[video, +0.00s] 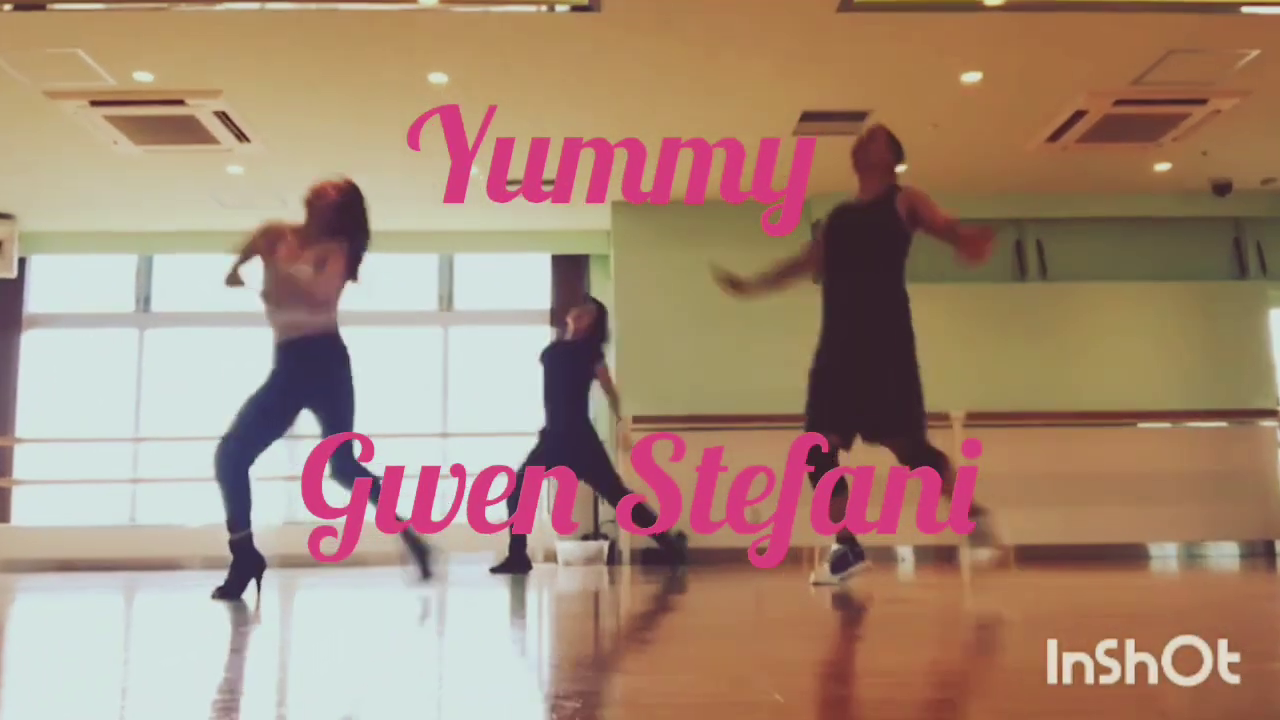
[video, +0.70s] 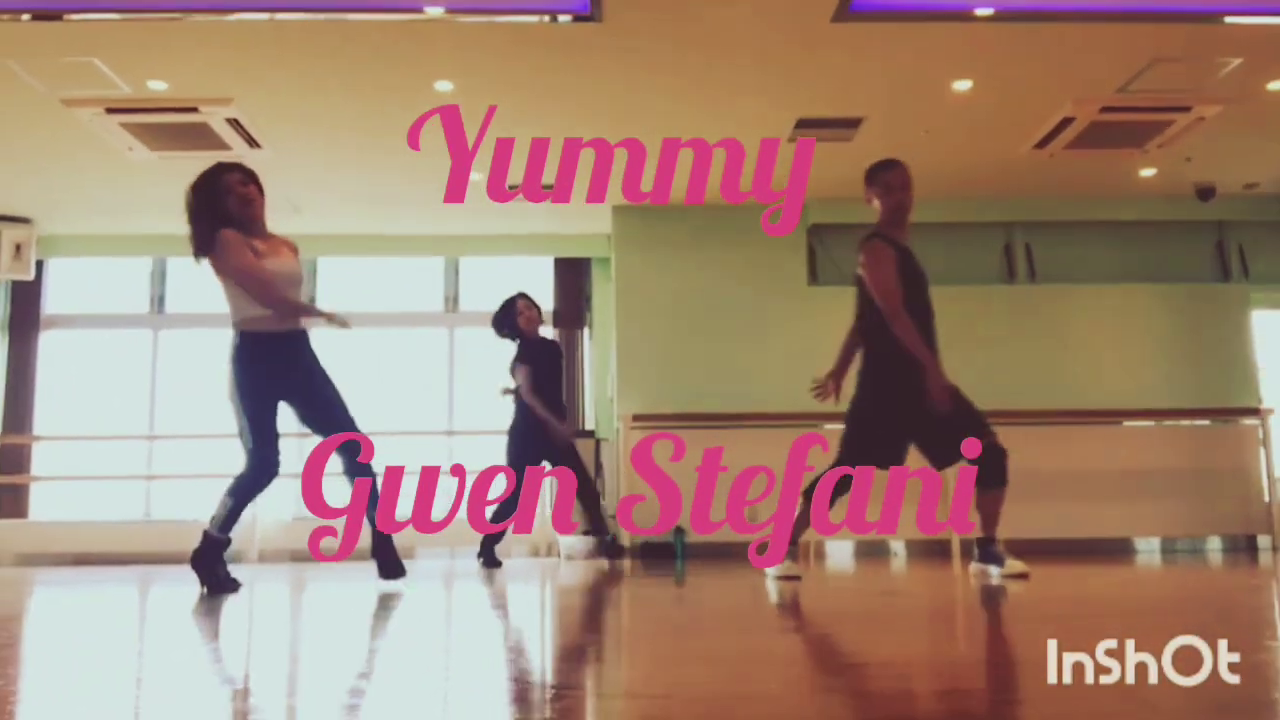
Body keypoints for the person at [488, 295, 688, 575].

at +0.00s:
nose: (576, 317)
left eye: (584, 315)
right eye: (575, 312)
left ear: (593, 325)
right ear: (569, 316)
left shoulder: (590, 351)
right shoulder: (553, 350)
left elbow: (609, 388)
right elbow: (556, 391)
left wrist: (619, 419)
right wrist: (552, 423)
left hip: (579, 437)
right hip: (553, 437)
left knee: (615, 494)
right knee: (517, 488)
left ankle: (668, 542)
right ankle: (517, 555)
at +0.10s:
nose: (563, 301)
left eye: (569, 298)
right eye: (560, 296)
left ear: (578, 304)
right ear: (551, 299)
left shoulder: (582, 339)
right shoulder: (534, 335)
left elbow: (594, 380)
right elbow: (534, 374)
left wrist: (586, 410)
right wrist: (530, 398)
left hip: (565, 417)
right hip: (535, 415)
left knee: (581, 487)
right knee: (518, 485)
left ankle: (608, 543)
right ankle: (515, 553)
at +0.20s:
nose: (546, 296)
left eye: (551, 291)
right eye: (540, 291)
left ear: (560, 297)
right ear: (531, 298)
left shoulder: (570, 332)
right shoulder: (521, 329)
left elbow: (586, 361)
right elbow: (492, 342)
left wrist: (598, 385)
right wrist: (469, 349)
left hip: (557, 416)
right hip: (526, 414)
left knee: (550, 481)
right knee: (511, 483)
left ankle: (538, 528)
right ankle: (497, 550)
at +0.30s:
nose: (530, 309)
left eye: (533, 303)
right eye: (523, 305)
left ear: (542, 308)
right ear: (514, 313)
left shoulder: (559, 346)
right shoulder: (512, 345)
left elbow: (591, 373)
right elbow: (464, 343)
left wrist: (622, 395)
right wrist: (424, 336)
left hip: (540, 430)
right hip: (514, 427)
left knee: (517, 496)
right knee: (506, 493)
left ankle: (482, 547)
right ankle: (480, 548)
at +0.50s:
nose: (520, 313)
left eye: (522, 307)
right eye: (512, 310)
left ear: (531, 313)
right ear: (503, 320)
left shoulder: (549, 346)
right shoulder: (503, 350)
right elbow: (467, 356)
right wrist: (430, 348)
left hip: (534, 430)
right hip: (510, 428)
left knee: (537, 497)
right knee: (510, 493)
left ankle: (493, 535)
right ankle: (486, 550)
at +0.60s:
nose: (522, 310)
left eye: (523, 304)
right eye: (514, 309)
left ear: (531, 306)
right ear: (508, 317)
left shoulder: (549, 341)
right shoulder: (513, 343)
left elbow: (549, 381)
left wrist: (553, 414)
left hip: (544, 425)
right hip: (518, 426)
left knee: (567, 480)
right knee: (507, 489)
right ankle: (484, 547)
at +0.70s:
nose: (530, 313)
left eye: (530, 307)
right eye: (522, 312)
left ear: (538, 312)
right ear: (514, 324)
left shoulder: (552, 347)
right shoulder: (524, 352)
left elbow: (551, 387)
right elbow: (526, 393)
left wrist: (561, 418)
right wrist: (556, 424)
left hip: (553, 427)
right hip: (527, 430)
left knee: (584, 484)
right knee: (517, 493)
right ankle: (488, 545)